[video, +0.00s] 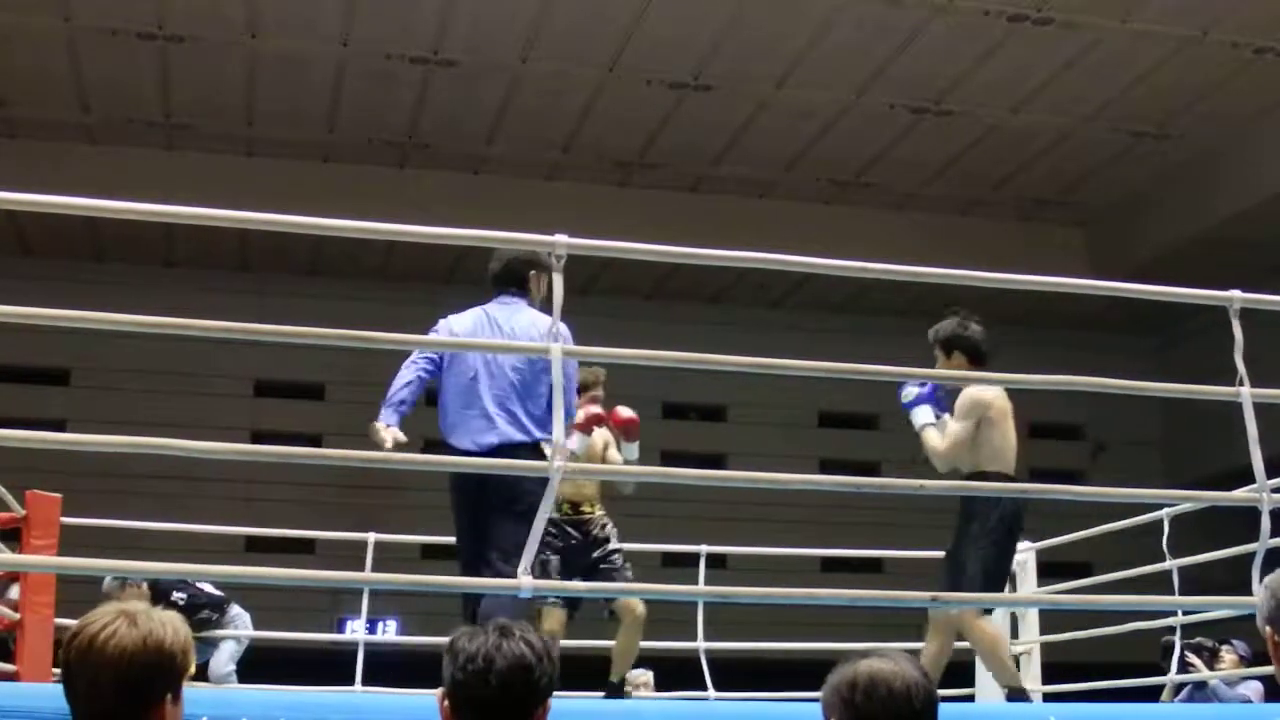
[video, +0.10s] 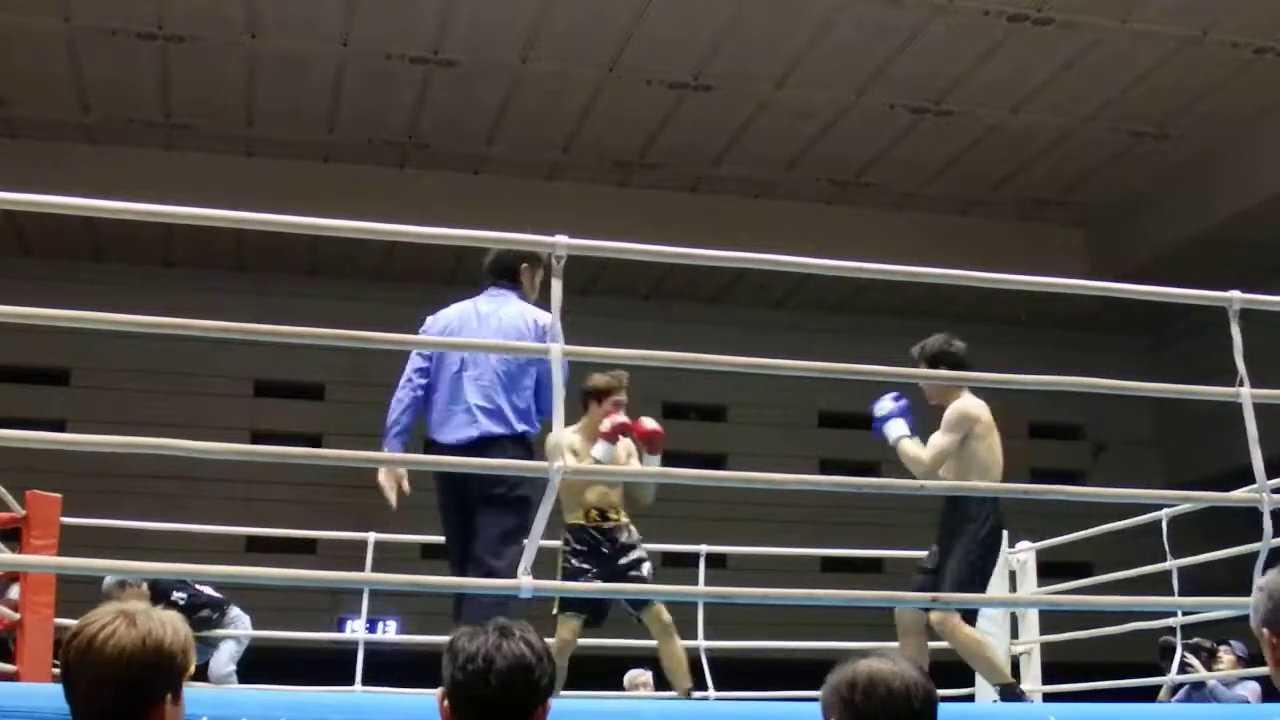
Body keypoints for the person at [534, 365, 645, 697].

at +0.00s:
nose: (598, 404)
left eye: (601, 397)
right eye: (592, 397)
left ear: (603, 398)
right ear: (573, 397)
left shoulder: (605, 433)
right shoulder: (552, 428)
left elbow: (625, 484)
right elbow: (554, 469)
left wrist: (629, 442)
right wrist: (580, 433)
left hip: (596, 519)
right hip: (556, 519)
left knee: (634, 612)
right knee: (553, 623)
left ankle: (614, 692)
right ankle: (540, 698)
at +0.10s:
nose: (621, 412)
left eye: (624, 405)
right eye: (615, 404)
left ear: (624, 408)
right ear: (593, 403)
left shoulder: (624, 444)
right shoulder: (561, 439)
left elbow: (643, 496)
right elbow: (571, 486)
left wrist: (652, 456)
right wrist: (604, 445)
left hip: (622, 534)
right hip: (581, 538)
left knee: (662, 620)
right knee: (566, 636)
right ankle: (548, 705)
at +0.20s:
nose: (648, 424)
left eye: (652, 417)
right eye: (643, 416)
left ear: (654, 419)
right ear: (622, 415)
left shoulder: (651, 455)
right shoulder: (590, 453)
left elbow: (672, 506)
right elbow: (605, 491)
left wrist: (676, 462)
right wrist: (640, 456)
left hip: (649, 552)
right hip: (608, 555)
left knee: (696, 630)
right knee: (587, 647)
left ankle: (719, 706)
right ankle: (553, 709)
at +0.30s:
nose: (675, 431)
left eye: (679, 425)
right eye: (670, 423)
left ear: (681, 429)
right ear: (647, 420)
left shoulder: (671, 458)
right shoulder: (613, 455)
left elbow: (704, 495)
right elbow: (627, 502)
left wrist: (704, 448)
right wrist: (661, 459)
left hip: (664, 553)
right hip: (624, 555)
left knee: (712, 626)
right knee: (605, 649)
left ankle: (723, 707)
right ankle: (564, 706)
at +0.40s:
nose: (687, 421)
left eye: (692, 415)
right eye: (683, 413)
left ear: (691, 419)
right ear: (661, 410)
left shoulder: (679, 448)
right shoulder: (622, 443)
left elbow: (715, 479)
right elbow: (632, 496)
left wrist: (717, 433)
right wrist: (669, 450)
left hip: (664, 548)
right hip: (623, 548)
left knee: (703, 627)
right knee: (605, 640)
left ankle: (721, 705)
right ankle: (569, 701)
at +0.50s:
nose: (681, 412)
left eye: (686, 405)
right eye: (676, 403)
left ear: (688, 409)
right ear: (654, 401)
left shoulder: (678, 442)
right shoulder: (619, 436)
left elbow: (711, 483)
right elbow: (633, 480)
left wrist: (723, 441)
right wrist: (669, 445)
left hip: (663, 541)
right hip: (623, 540)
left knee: (699, 627)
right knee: (600, 636)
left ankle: (719, 705)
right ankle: (578, 708)